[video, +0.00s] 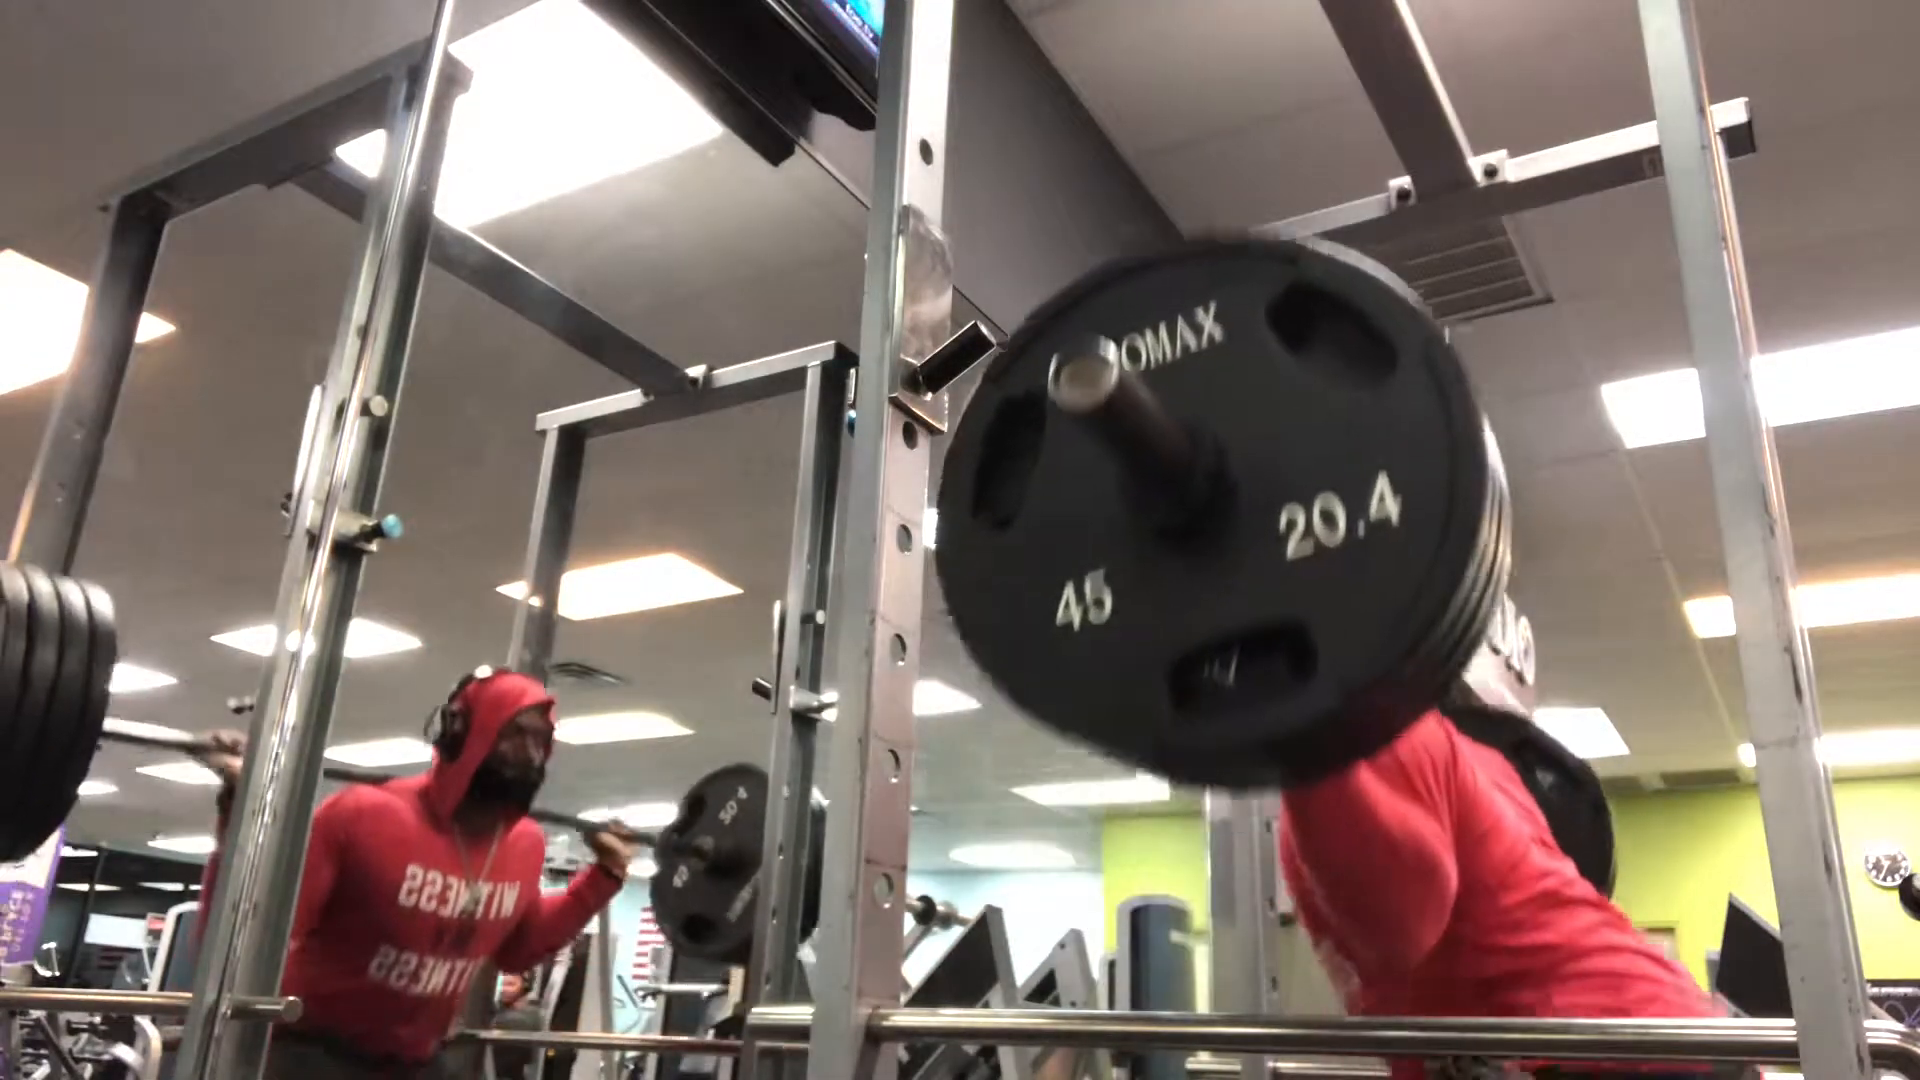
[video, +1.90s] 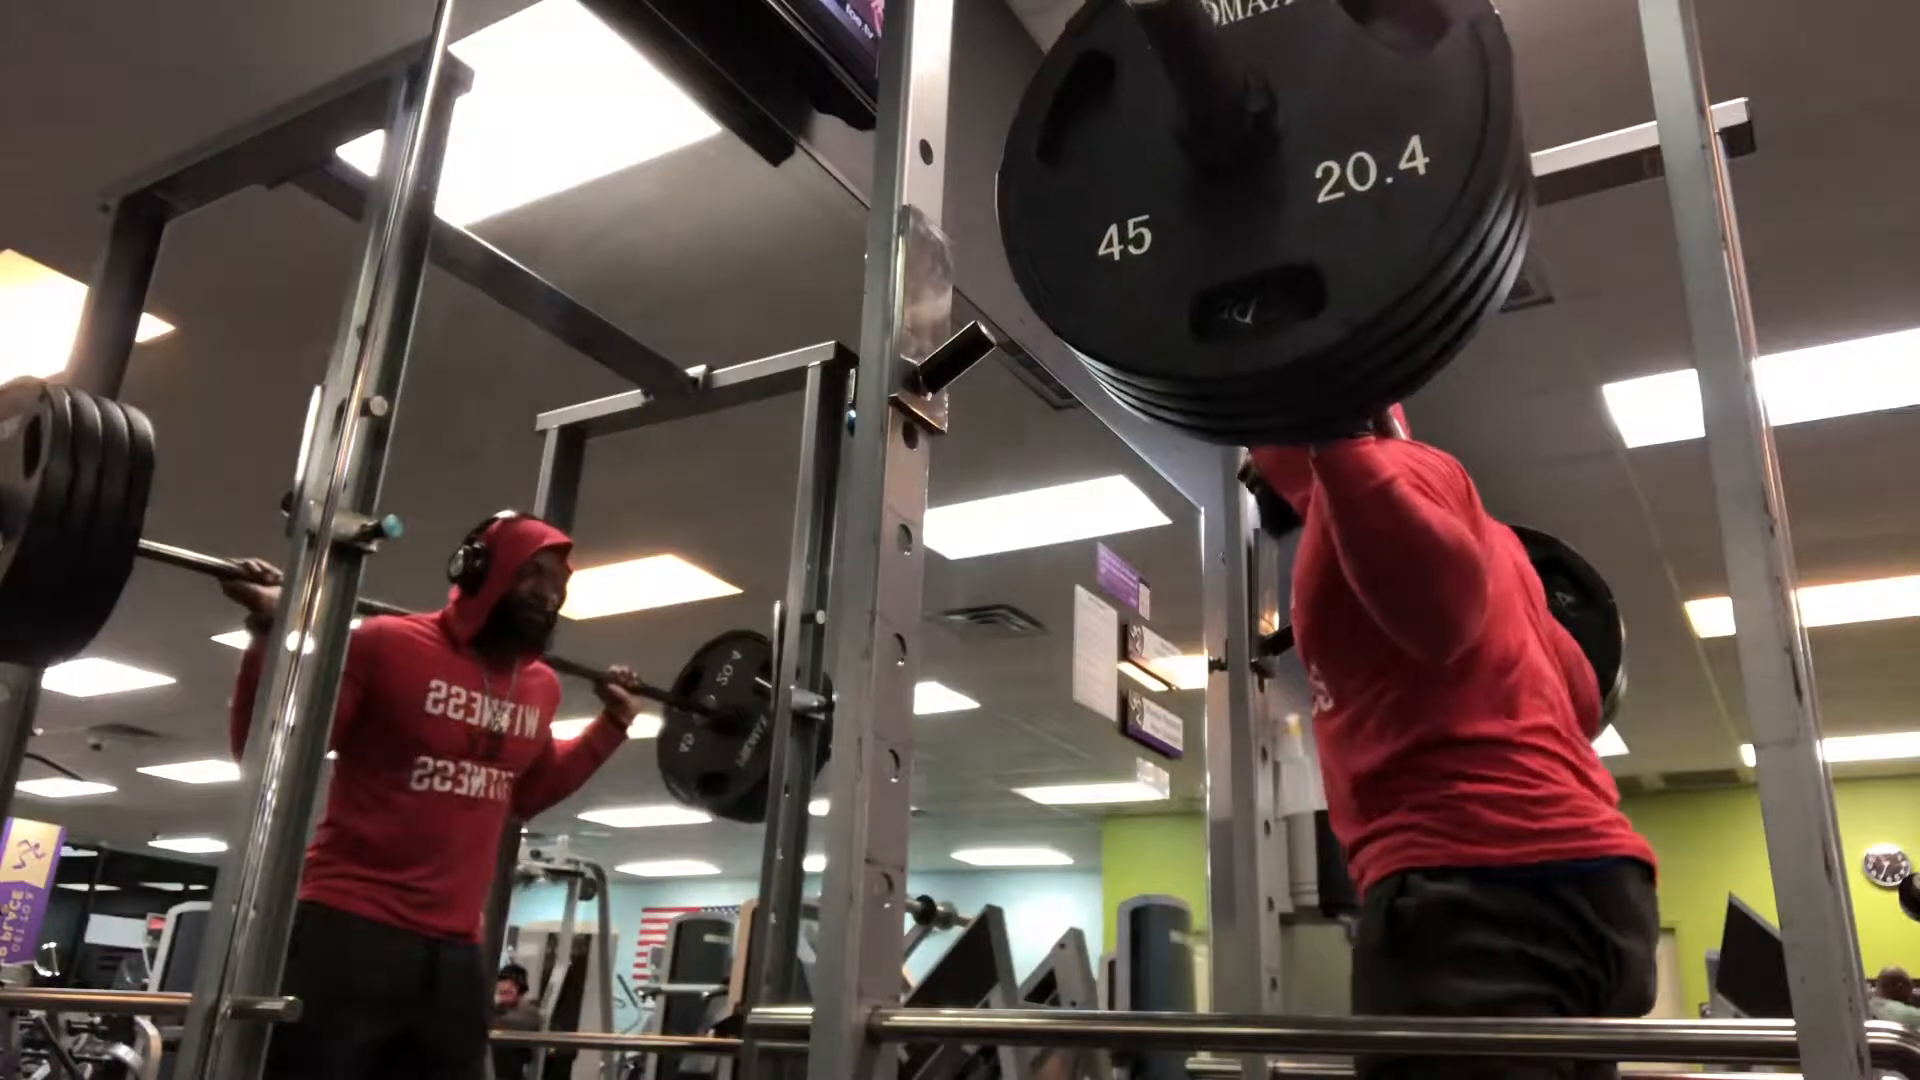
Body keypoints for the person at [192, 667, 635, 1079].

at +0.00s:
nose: (532, 755)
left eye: (541, 739)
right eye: (514, 734)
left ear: (550, 749)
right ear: (469, 736)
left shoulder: (524, 845)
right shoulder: (360, 815)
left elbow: (517, 947)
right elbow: (246, 932)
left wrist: (603, 878)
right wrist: (239, 807)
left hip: (417, 1063)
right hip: (315, 1049)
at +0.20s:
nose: (537, 691)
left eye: (547, 678)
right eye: (519, 674)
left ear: (557, 691)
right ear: (473, 677)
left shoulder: (532, 791)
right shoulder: (372, 757)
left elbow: (523, 896)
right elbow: (260, 864)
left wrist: (606, 828)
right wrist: (252, 749)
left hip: (434, 1024)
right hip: (330, 1014)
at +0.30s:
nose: (546, 660)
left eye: (553, 644)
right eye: (530, 639)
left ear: (557, 657)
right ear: (481, 643)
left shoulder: (536, 755)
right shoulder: (377, 718)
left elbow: (530, 863)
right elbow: (261, 828)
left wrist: (605, 794)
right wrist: (255, 707)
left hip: (437, 993)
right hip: (335, 984)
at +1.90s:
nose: (549, 593)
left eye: (559, 581)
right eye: (535, 573)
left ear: (563, 593)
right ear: (487, 573)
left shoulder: (538, 686)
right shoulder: (385, 642)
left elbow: (528, 795)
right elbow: (262, 752)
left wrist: (612, 723)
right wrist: (270, 632)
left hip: (455, 946)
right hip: (349, 923)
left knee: (450, 1070)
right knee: (319, 1068)